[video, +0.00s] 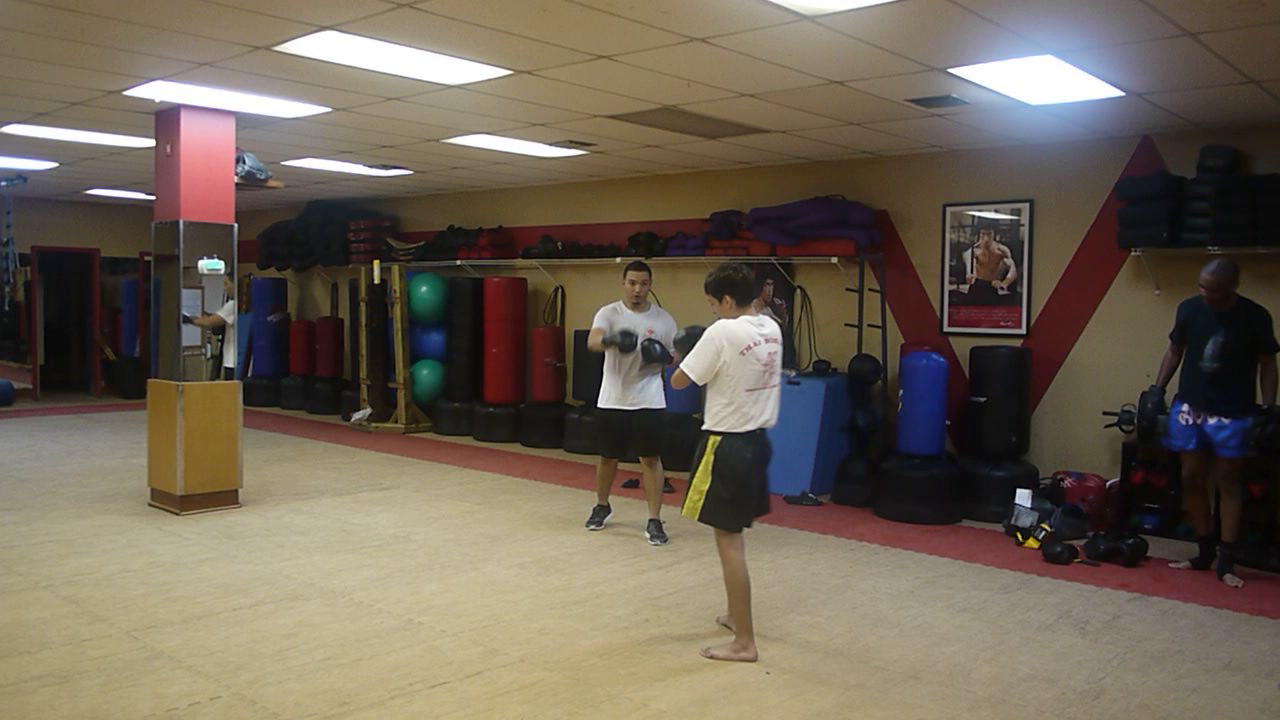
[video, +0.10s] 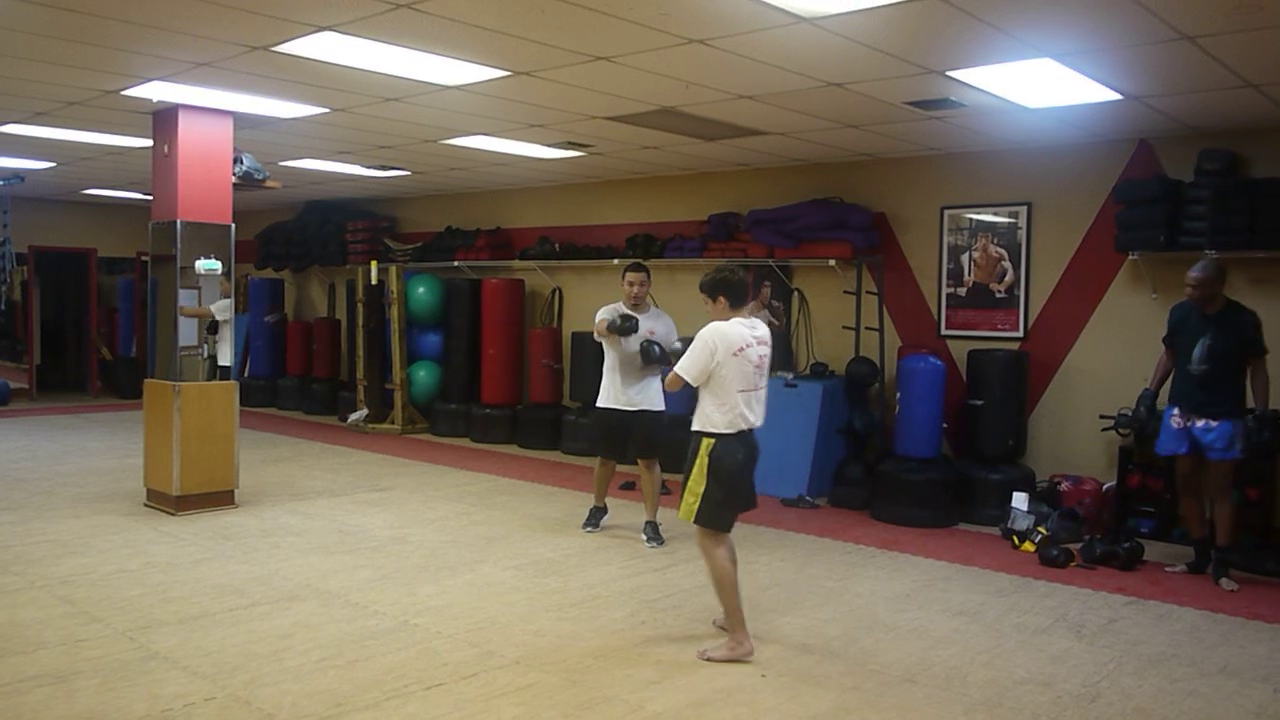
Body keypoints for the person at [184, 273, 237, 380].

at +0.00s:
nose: (224, 288)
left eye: (226, 284)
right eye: (224, 284)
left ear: (235, 285)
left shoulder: (234, 304)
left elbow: (211, 322)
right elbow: (218, 318)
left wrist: (191, 320)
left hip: (233, 366)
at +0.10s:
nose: (221, 288)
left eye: (222, 284)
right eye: (221, 284)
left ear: (231, 284)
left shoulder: (229, 304)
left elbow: (205, 312)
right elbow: (206, 311)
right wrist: (181, 310)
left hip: (228, 364)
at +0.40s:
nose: (216, 289)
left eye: (217, 285)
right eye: (216, 285)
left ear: (227, 286)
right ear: (227, 287)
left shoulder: (223, 306)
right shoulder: (240, 304)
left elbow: (197, 320)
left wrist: (176, 320)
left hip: (223, 365)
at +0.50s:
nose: (215, 289)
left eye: (217, 285)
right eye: (215, 285)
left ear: (226, 286)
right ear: (226, 287)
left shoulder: (220, 307)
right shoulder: (240, 305)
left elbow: (203, 325)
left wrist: (180, 331)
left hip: (221, 364)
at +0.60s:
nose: (215, 287)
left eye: (217, 283)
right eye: (215, 283)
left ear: (226, 284)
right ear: (227, 285)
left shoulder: (221, 306)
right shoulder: (239, 303)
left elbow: (209, 331)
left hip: (221, 362)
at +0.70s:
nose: (214, 288)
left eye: (217, 283)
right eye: (215, 284)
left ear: (226, 284)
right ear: (227, 285)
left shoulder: (222, 308)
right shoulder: (242, 304)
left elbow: (213, 340)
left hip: (221, 365)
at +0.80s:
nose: (213, 288)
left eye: (215, 284)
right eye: (213, 284)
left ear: (225, 285)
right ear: (226, 285)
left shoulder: (223, 308)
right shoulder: (238, 305)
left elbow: (214, 338)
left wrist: (206, 360)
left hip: (220, 366)